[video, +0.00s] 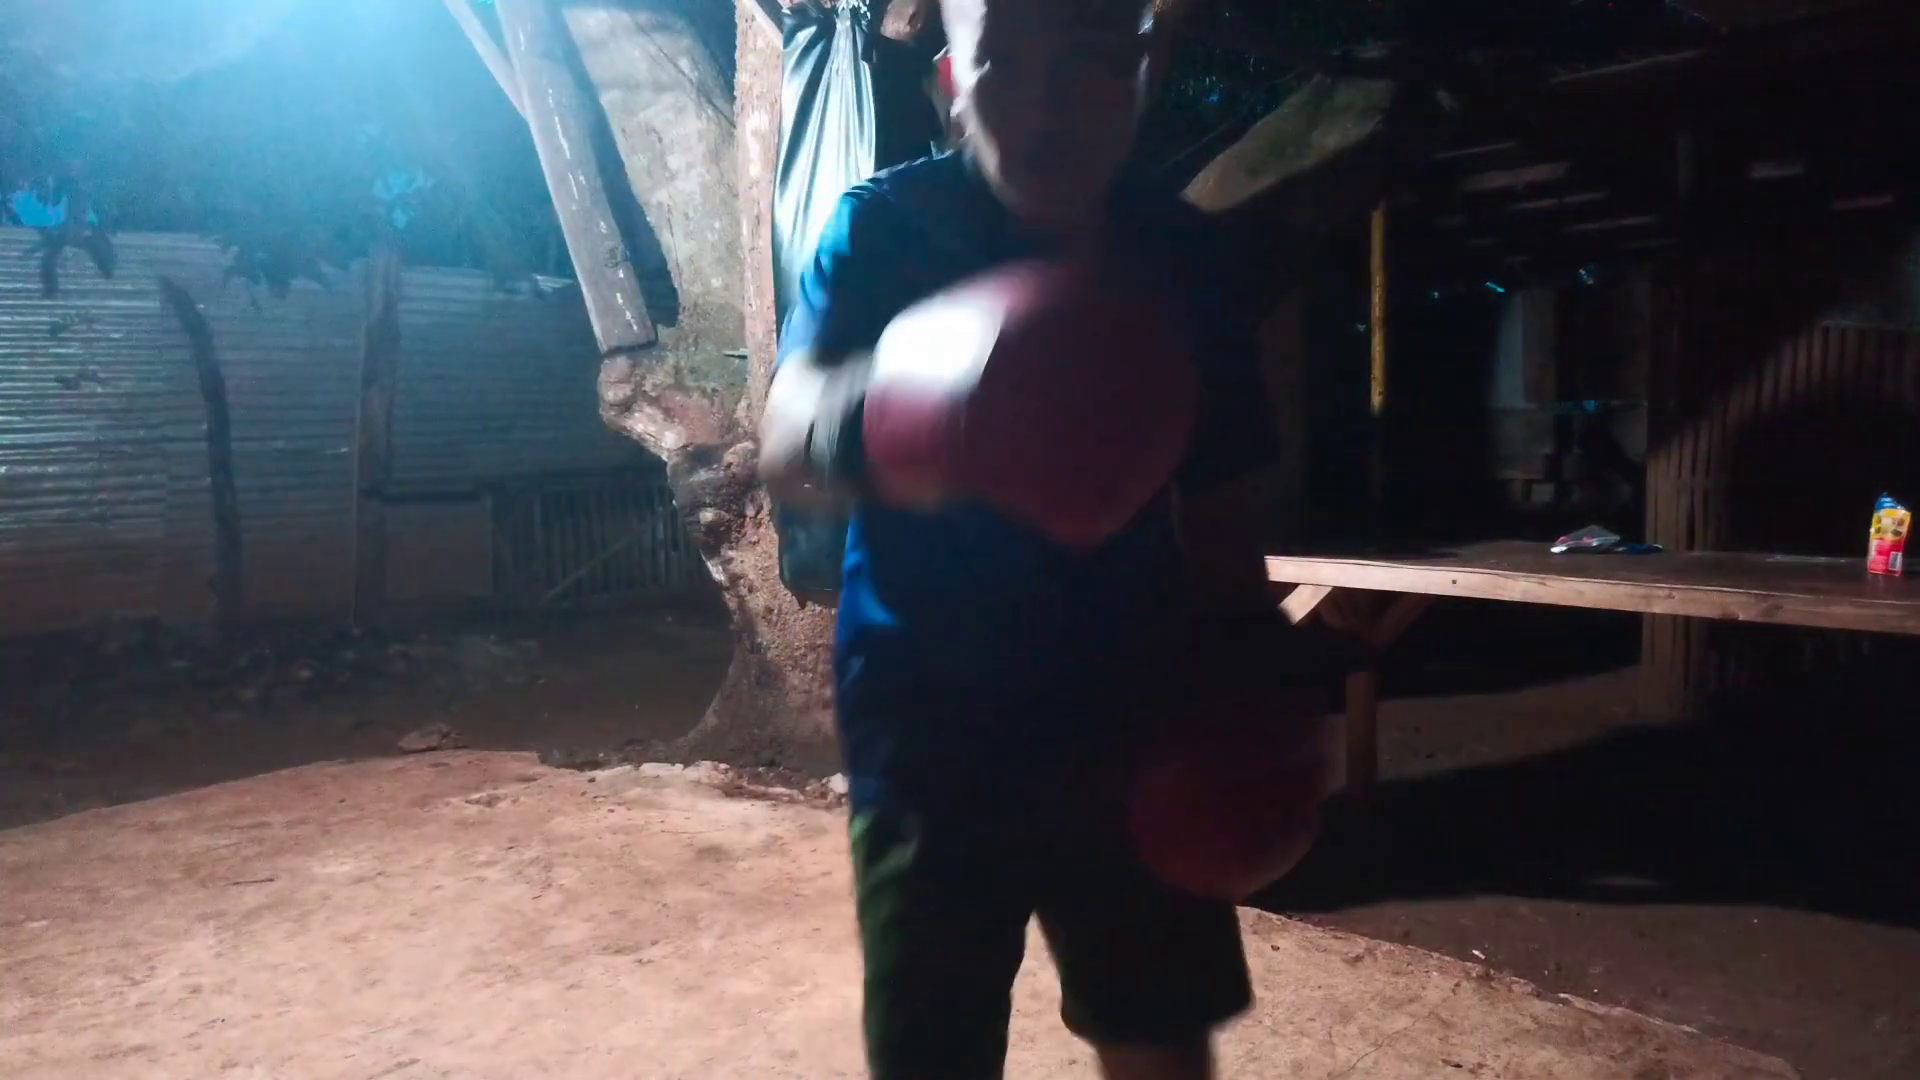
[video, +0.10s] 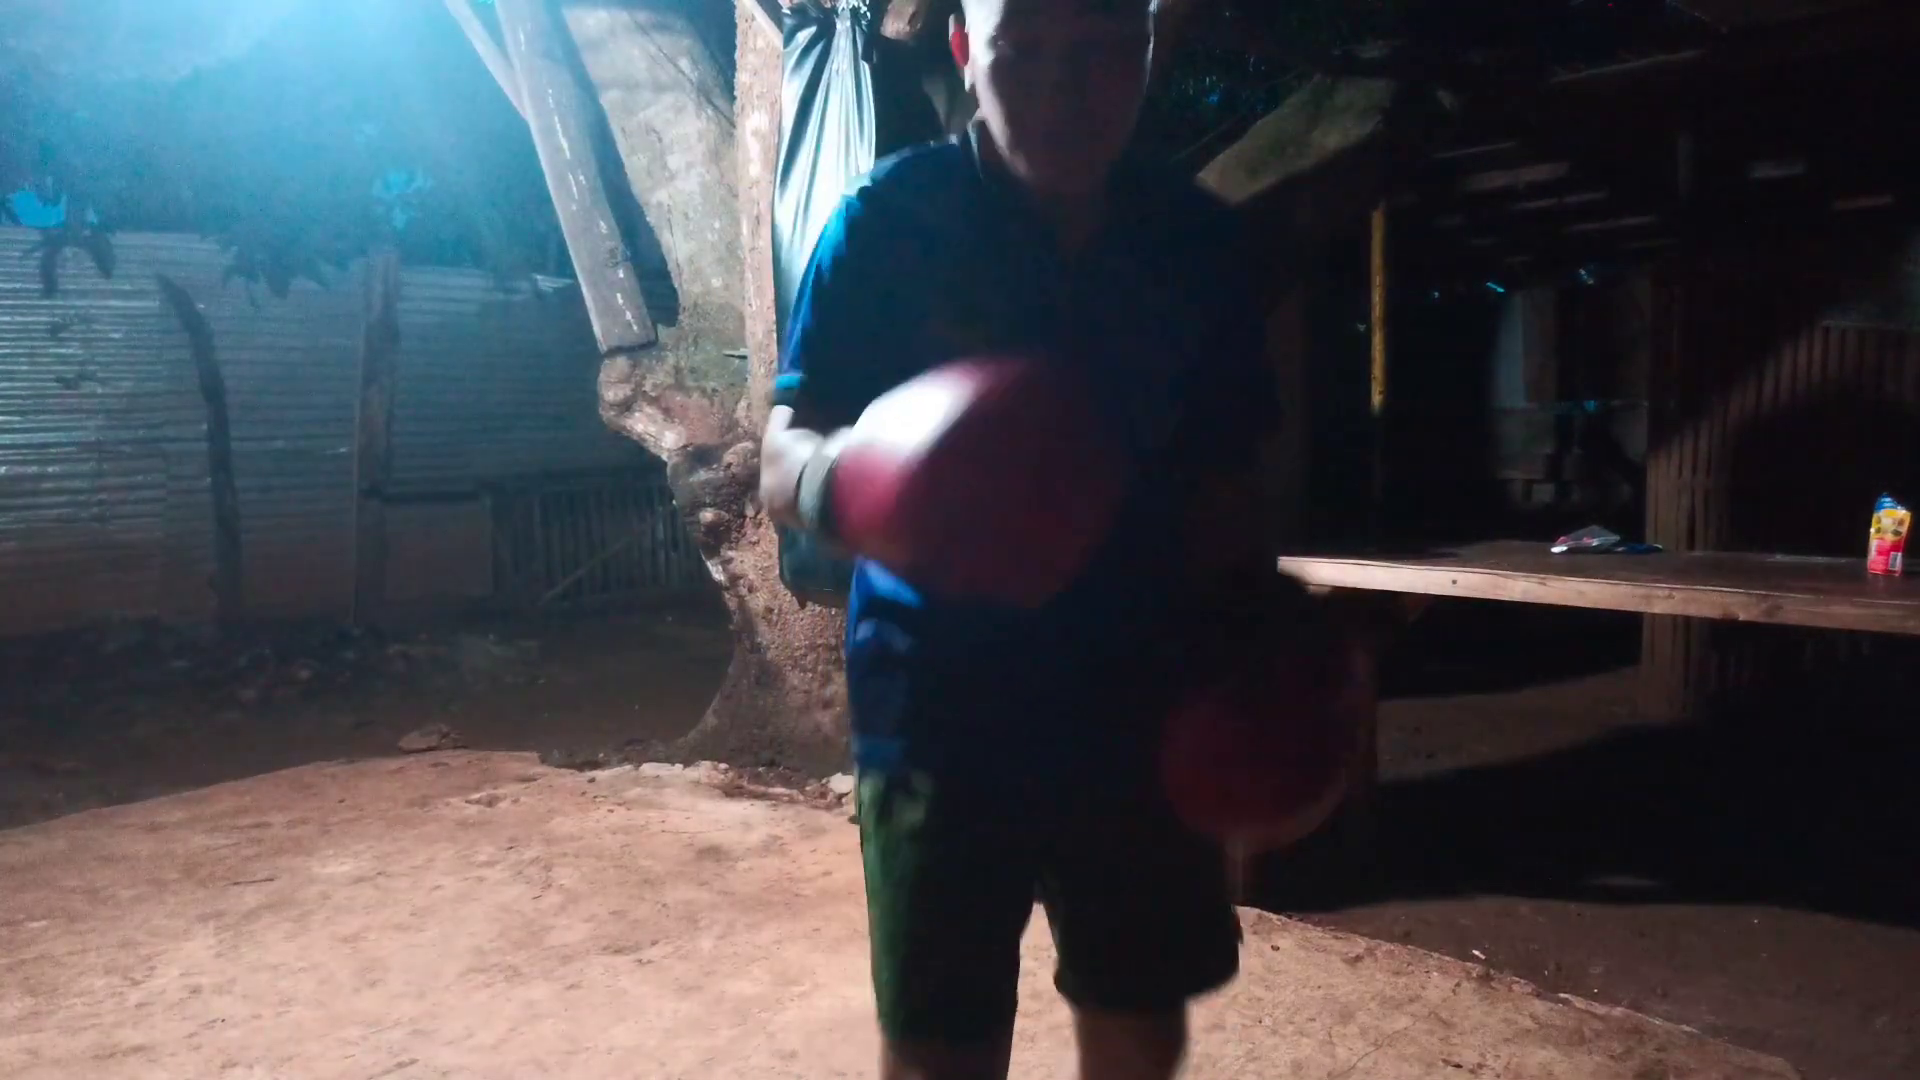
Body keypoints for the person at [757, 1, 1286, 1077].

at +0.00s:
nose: (1042, 102)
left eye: (1082, 62)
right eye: (1002, 63)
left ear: (1139, 77)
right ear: (949, 83)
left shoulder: (1184, 252)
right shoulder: (886, 226)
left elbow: (1224, 522)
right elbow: (786, 443)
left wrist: (1250, 727)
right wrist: (933, 418)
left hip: (1133, 726)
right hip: (933, 731)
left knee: (1160, 1048)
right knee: (927, 1058)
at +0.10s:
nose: (1055, 91)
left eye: (1091, 56)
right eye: (1021, 56)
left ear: (1144, 64)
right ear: (965, 59)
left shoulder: (1197, 237)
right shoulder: (895, 220)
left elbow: (1233, 498)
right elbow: (784, 452)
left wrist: (1264, 680)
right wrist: (867, 481)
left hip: (1140, 713)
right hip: (943, 719)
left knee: (1138, 1043)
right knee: (937, 1055)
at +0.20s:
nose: (1076, 80)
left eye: (1110, 47)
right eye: (1039, 44)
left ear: (1151, 49)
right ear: (968, 35)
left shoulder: (1194, 222)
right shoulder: (883, 210)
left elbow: (1244, 462)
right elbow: (804, 426)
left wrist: (1260, 623)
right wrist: (836, 511)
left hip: (1136, 692)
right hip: (939, 701)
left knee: (1119, 1024)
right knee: (943, 1044)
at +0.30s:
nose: (1071, 77)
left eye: (1104, 44)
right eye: (1037, 38)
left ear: (1138, 51)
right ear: (960, 30)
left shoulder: (1179, 218)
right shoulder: (868, 210)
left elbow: (1236, 436)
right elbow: (802, 402)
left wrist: (1216, 569)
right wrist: (819, 478)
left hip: (1118, 686)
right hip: (930, 689)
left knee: (1107, 1027)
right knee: (934, 1041)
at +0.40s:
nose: (1038, 58)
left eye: (1068, 28)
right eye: (1002, 24)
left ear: (1101, 41)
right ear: (927, 26)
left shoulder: (1154, 207)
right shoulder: (845, 215)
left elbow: (1214, 426)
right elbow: (816, 425)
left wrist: (1161, 519)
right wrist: (793, 436)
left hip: (1105, 683)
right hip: (916, 690)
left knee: (1094, 1023)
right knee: (901, 1038)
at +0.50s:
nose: (974, 44)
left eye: (1004, 18)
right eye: (943, 19)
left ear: (1049, 32)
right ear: (880, 33)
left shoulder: (1123, 199)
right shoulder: (829, 215)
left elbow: (1182, 421)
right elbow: (773, 460)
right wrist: (756, 411)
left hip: (1087, 685)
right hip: (889, 695)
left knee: (1074, 1022)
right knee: (877, 1036)